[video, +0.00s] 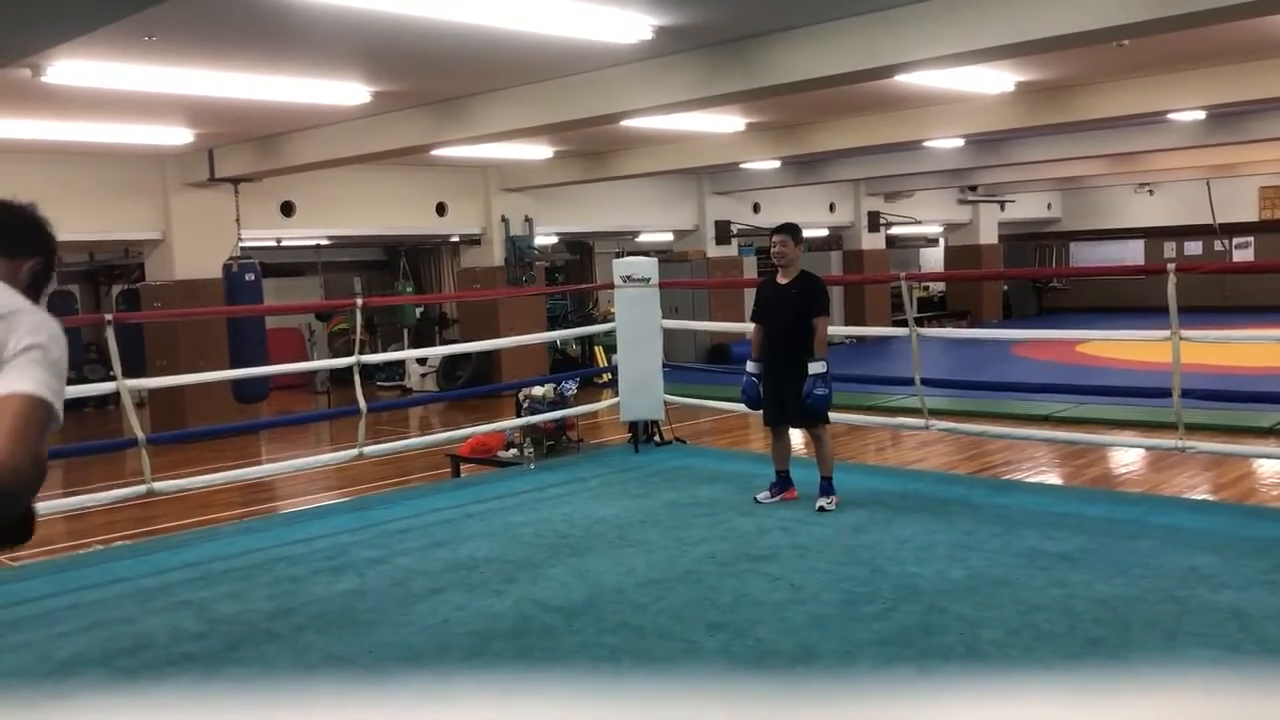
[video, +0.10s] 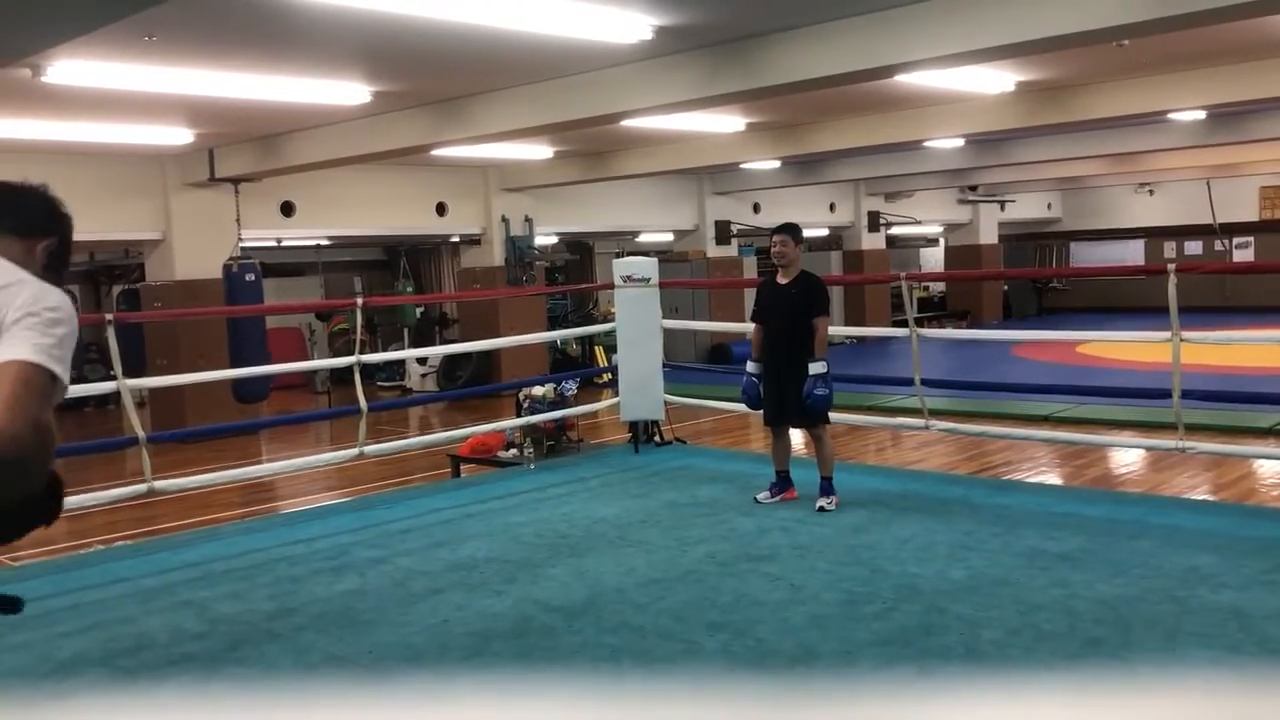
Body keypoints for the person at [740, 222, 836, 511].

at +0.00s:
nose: (776, 250)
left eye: (783, 245)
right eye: (773, 245)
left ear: (798, 248)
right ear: (770, 250)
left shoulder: (813, 285)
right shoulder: (766, 286)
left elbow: (821, 329)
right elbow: (758, 330)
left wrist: (819, 372)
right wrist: (752, 372)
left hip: (804, 370)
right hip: (773, 370)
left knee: (817, 430)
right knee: (777, 428)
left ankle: (826, 488)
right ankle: (783, 483)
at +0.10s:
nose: (777, 250)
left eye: (783, 244)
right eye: (773, 245)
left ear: (798, 248)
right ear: (770, 249)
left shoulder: (813, 285)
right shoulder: (766, 285)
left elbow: (821, 329)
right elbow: (758, 330)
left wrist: (819, 371)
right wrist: (752, 372)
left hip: (805, 370)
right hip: (773, 370)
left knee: (817, 430)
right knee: (777, 428)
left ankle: (826, 489)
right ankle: (782, 483)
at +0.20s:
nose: (777, 250)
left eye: (784, 244)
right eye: (774, 245)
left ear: (799, 248)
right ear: (770, 249)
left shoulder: (814, 285)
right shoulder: (766, 286)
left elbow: (821, 330)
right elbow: (758, 330)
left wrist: (819, 371)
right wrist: (752, 372)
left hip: (805, 370)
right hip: (773, 370)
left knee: (817, 430)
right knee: (777, 428)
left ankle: (827, 489)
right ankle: (783, 483)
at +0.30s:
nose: (778, 249)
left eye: (785, 244)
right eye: (775, 245)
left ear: (800, 248)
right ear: (771, 249)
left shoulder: (814, 285)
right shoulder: (766, 286)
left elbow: (822, 330)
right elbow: (759, 330)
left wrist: (820, 372)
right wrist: (753, 372)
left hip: (805, 370)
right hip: (773, 370)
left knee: (818, 430)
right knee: (778, 428)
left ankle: (827, 489)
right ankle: (783, 483)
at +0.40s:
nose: (779, 249)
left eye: (785, 244)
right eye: (775, 244)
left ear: (800, 248)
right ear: (771, 249)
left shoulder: (814, 285)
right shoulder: (766, 286)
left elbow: (822, 330)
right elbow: (759, 329)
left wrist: (820, 371)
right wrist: (753, 371)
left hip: (806, 370)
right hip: (774, 370)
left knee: (818, 429)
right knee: (778, 428)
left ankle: (827, 488)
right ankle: (783, 483)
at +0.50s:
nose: (780, 249)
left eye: (786, 244)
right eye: (776, 244)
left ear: (800, 248)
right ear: (772, 249)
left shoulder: (814, 285)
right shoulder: (766, 286)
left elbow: (822, 330)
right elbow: (758, 330)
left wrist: (821, 372)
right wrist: (753, 371)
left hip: (806, 370)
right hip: (774, 370)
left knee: (818, 430)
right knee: (778, 428)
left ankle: (827, 488)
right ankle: (783, 483)